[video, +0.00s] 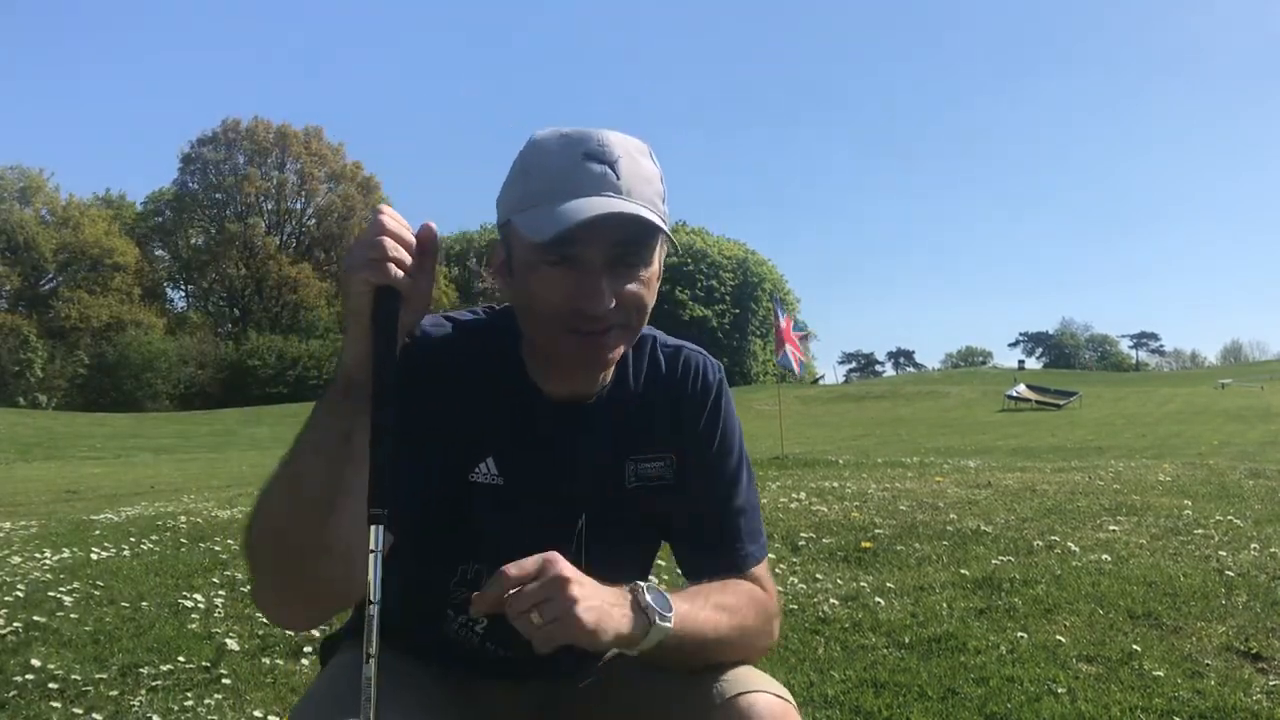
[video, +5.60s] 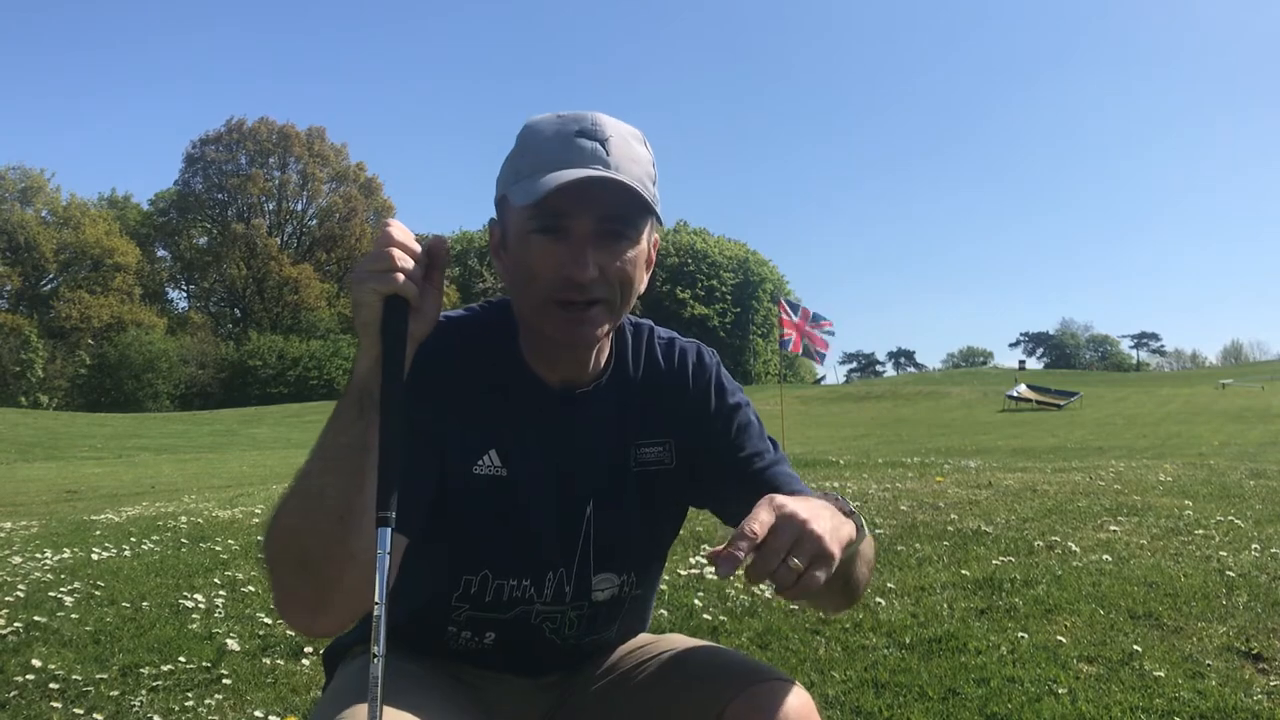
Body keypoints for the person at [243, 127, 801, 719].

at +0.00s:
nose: (600, 298)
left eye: (627, 262)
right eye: (564, 260)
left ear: (659, 270)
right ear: (502, 265)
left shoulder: (685, 385)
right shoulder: (422, 363)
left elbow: (753, 613)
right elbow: (290, 600)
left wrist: (630, 610)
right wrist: (362, 361)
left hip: (606, 663)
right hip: (426, 665)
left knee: (764, 710)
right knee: (336, 706)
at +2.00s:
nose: (607, 292)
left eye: (636, 254)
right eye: (570, 253)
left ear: (666, 268)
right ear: (509, 263)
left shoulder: (693, 388)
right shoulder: (441, 367)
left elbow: (763, 613)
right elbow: (316, 602)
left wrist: (676, 618)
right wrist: (388, 365)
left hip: (609, 668)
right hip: (435, 668)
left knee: (776, 709)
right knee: (351, 710)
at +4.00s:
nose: (596, 289)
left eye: (626, 254)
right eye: (564, 253)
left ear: (663, 275)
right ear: (510, 263)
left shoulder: (689, 390)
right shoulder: (437, 369)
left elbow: (765, 607)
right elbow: (303, 606)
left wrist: (668, 647)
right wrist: (377, 367)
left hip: (612, 670)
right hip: (432, 669)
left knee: (778, 711)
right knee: (346, 715)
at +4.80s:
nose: (610, 316)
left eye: (638, 281)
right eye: (578, 279)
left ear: (668, 278)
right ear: (514, 269)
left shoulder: (692, 392)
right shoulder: (435, 370)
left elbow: (752, 587)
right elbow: (312, 607)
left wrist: (748, 624)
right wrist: (379, 368)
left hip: (606, 672)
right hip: (433, 673)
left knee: (780, 711)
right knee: (352, 715)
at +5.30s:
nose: (600, 295)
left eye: (628, 259)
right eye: (569, 257)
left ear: (659, 261)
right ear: (505, 254)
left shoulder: (683, 379)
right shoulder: (433, 364)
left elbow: (789, 617)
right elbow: (314, 608)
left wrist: (808, 558)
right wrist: (379, 369)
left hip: (606, 665)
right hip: (434, 672)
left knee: (782, 708)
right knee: (371, 712)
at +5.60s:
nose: (584, 268)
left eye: (614, 234)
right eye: (552, 231)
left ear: (650, 253)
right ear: (500, 244)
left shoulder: (682, 376)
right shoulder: (432, 362)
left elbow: (839, 584)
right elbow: (309, 607)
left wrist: (832, 532)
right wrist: (376, 364)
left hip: (605, 665)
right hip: (431, 672)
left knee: (780, 707)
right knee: (368, 713)